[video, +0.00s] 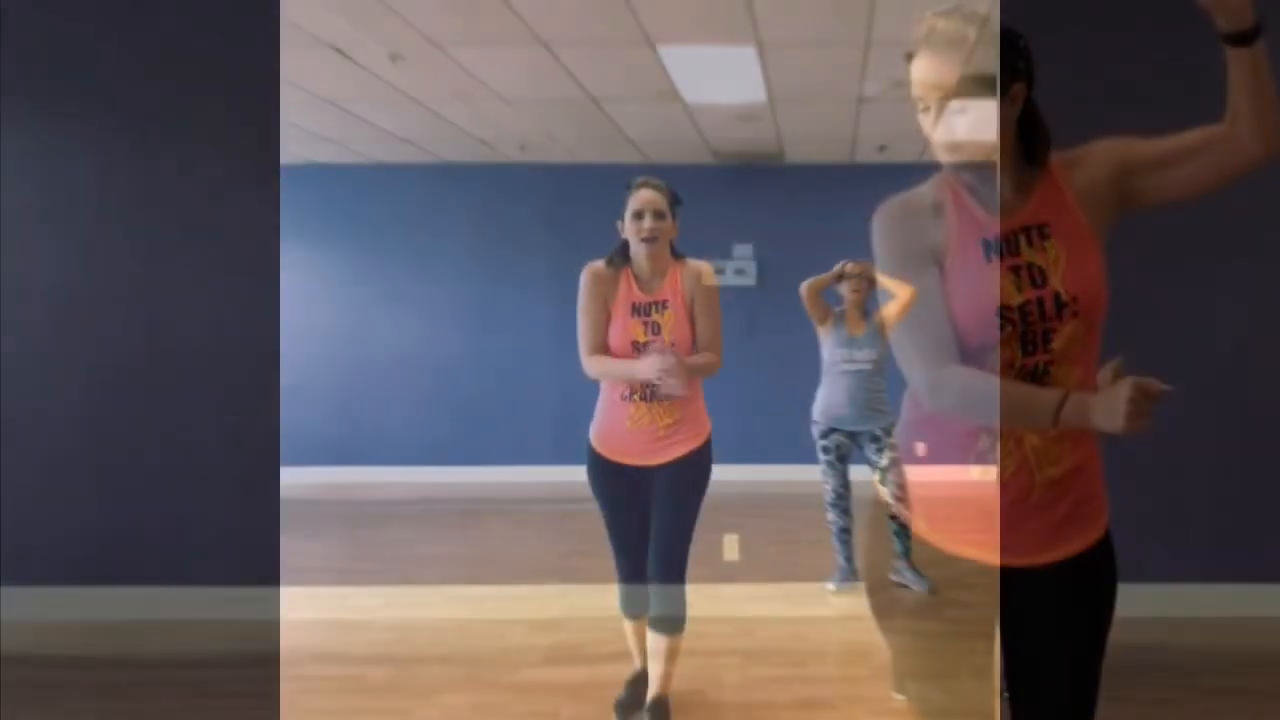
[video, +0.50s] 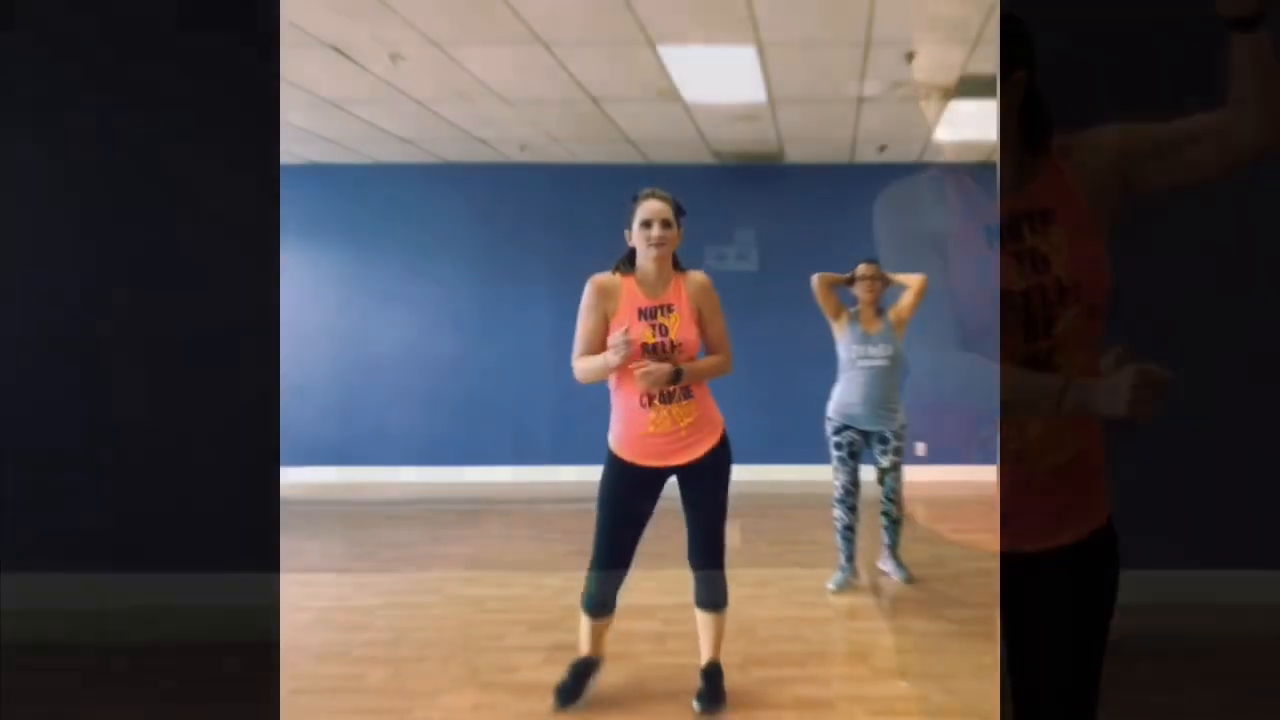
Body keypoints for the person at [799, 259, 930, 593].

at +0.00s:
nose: (856, 288)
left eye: (862, 283)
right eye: (851, 282)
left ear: (870, 290)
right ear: (840, 288)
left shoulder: (879, 324)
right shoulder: (828, 323)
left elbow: (907, 293)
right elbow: (806, 290)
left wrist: (875, 274)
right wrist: (834, 275)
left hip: (875, 420)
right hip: (831, 420)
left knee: (897, 490)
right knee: (836, 497)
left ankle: (903, 563)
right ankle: (844, 566)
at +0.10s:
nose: (855, 288)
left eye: (860, 284)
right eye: (849, 283)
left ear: (869, 290)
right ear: (839, 289)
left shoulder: (880, 322)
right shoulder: (827, 321)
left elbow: (907, 292)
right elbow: (806, 288)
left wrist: (875, 275)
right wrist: (834, 275)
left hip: (874, 418)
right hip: (831, 419)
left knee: (894, 488)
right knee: (836, 495)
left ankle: (892, 553)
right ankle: (845, 566)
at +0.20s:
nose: (856, 285)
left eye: (862, 280)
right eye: (850, 280)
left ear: (871, 287)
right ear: (840, 287)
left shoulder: (881, 322)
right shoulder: (829, 321)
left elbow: (909, 289)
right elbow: (806, 285)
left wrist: (876, 275)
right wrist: (833, 276)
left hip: (875, 420)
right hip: (832, 420)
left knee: (892, 488)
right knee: (837, 494)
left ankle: (890, 546)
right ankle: (845, 568)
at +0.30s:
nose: (858, 284)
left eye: (864, 279)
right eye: (853, 279)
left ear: (874, 286)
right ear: (843, 287)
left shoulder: (885, 321)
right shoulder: (831, 320)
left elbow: (911, 286)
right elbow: (808, 283)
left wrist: (878, 275)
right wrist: (837, 276)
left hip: (877, 419)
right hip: (835, 419)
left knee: (890, 490)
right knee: (839, 493)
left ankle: (892, 550)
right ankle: (846, 566)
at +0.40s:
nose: (863, 285)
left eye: (869, 279)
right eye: (858, 280)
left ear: (878, 286)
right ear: (848, 287)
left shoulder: (889, 322)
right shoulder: (836, 320)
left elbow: (915, 284)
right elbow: (812, 282)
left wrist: (882, 276)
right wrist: (842, 277)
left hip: (881, 420)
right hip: (839, 419)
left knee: (890, 492)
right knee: (842, 494)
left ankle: (891, 554)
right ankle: (845, 565)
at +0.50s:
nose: (869, 285)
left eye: (874, 280)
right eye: (863, 280)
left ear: (883, 287)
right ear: (854, 288)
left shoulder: (895, 321)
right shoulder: (842, 319)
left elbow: (920, 282)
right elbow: (818, 281)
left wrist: (889, 277)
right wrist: (848, 279)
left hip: (887, 419)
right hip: (845, 418)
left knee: (892, 493)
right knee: (845, 493)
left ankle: (889, 556)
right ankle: (846, 565)